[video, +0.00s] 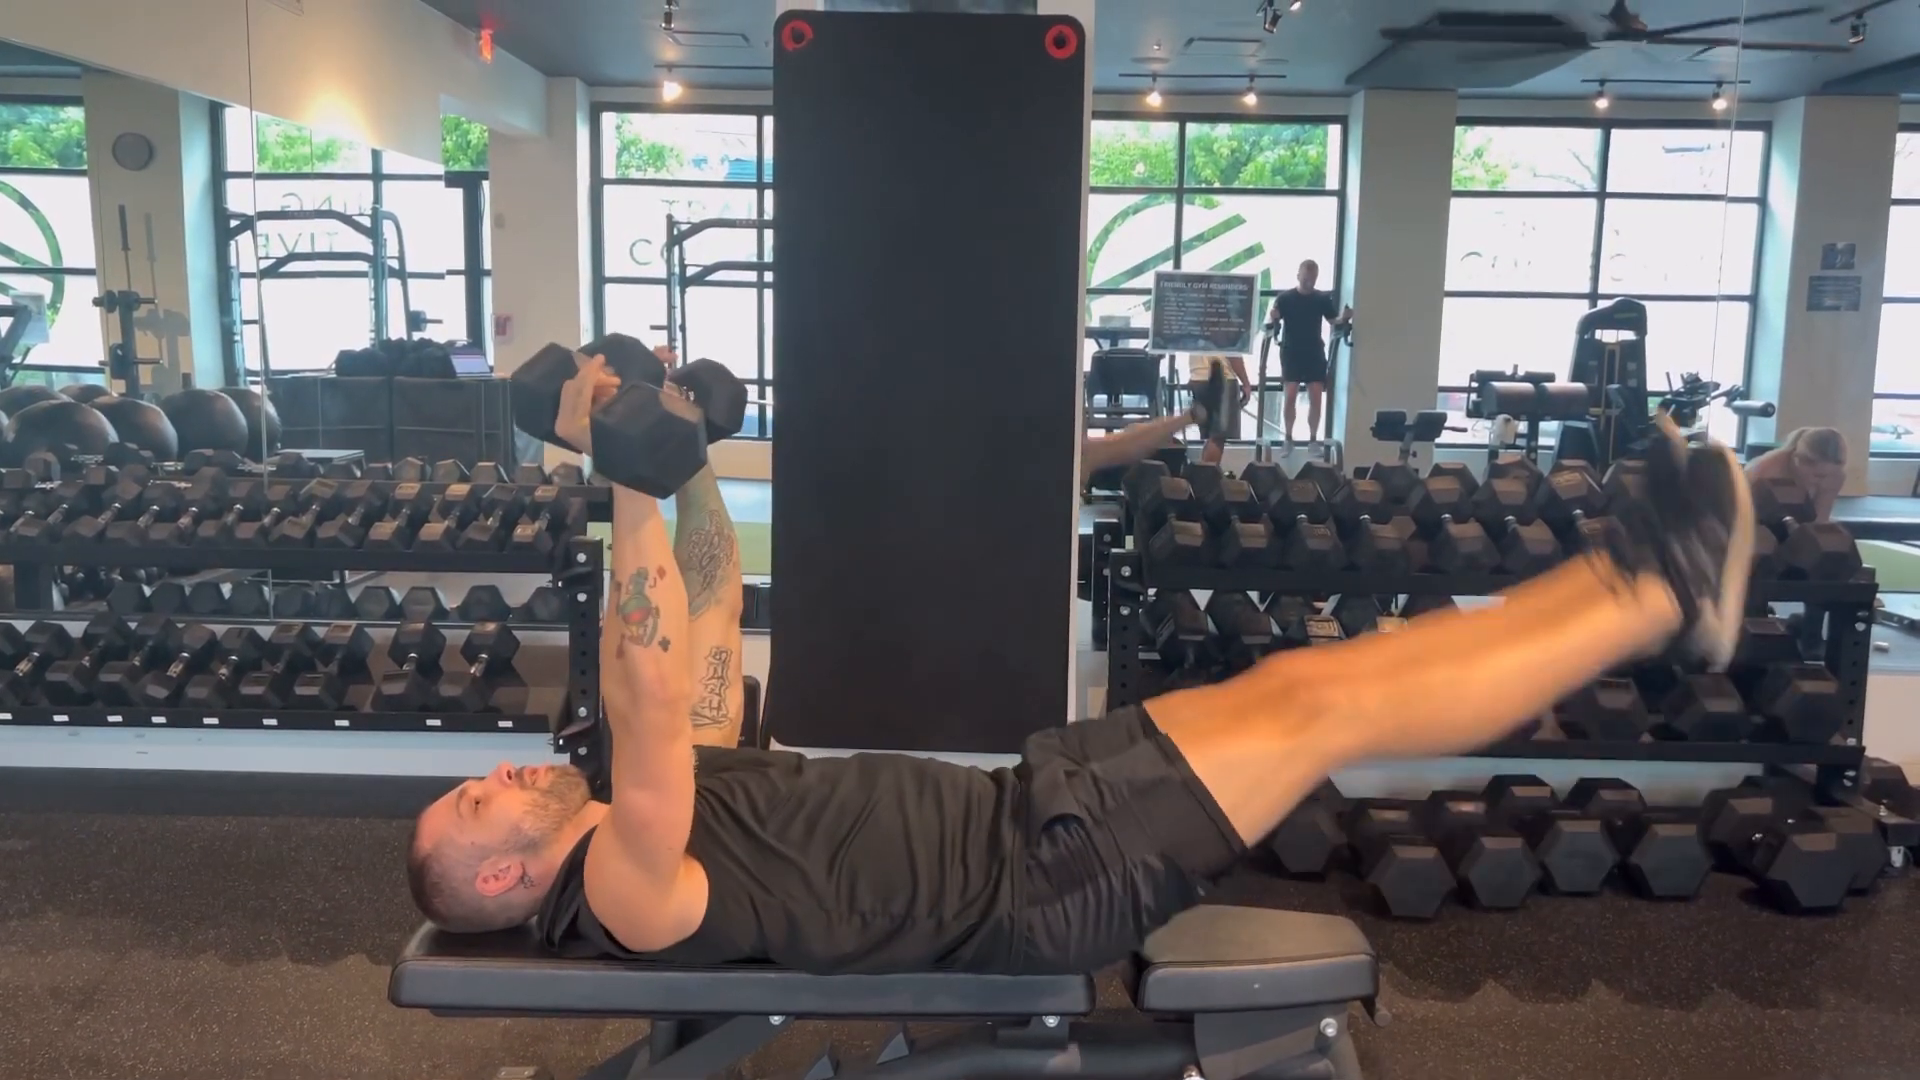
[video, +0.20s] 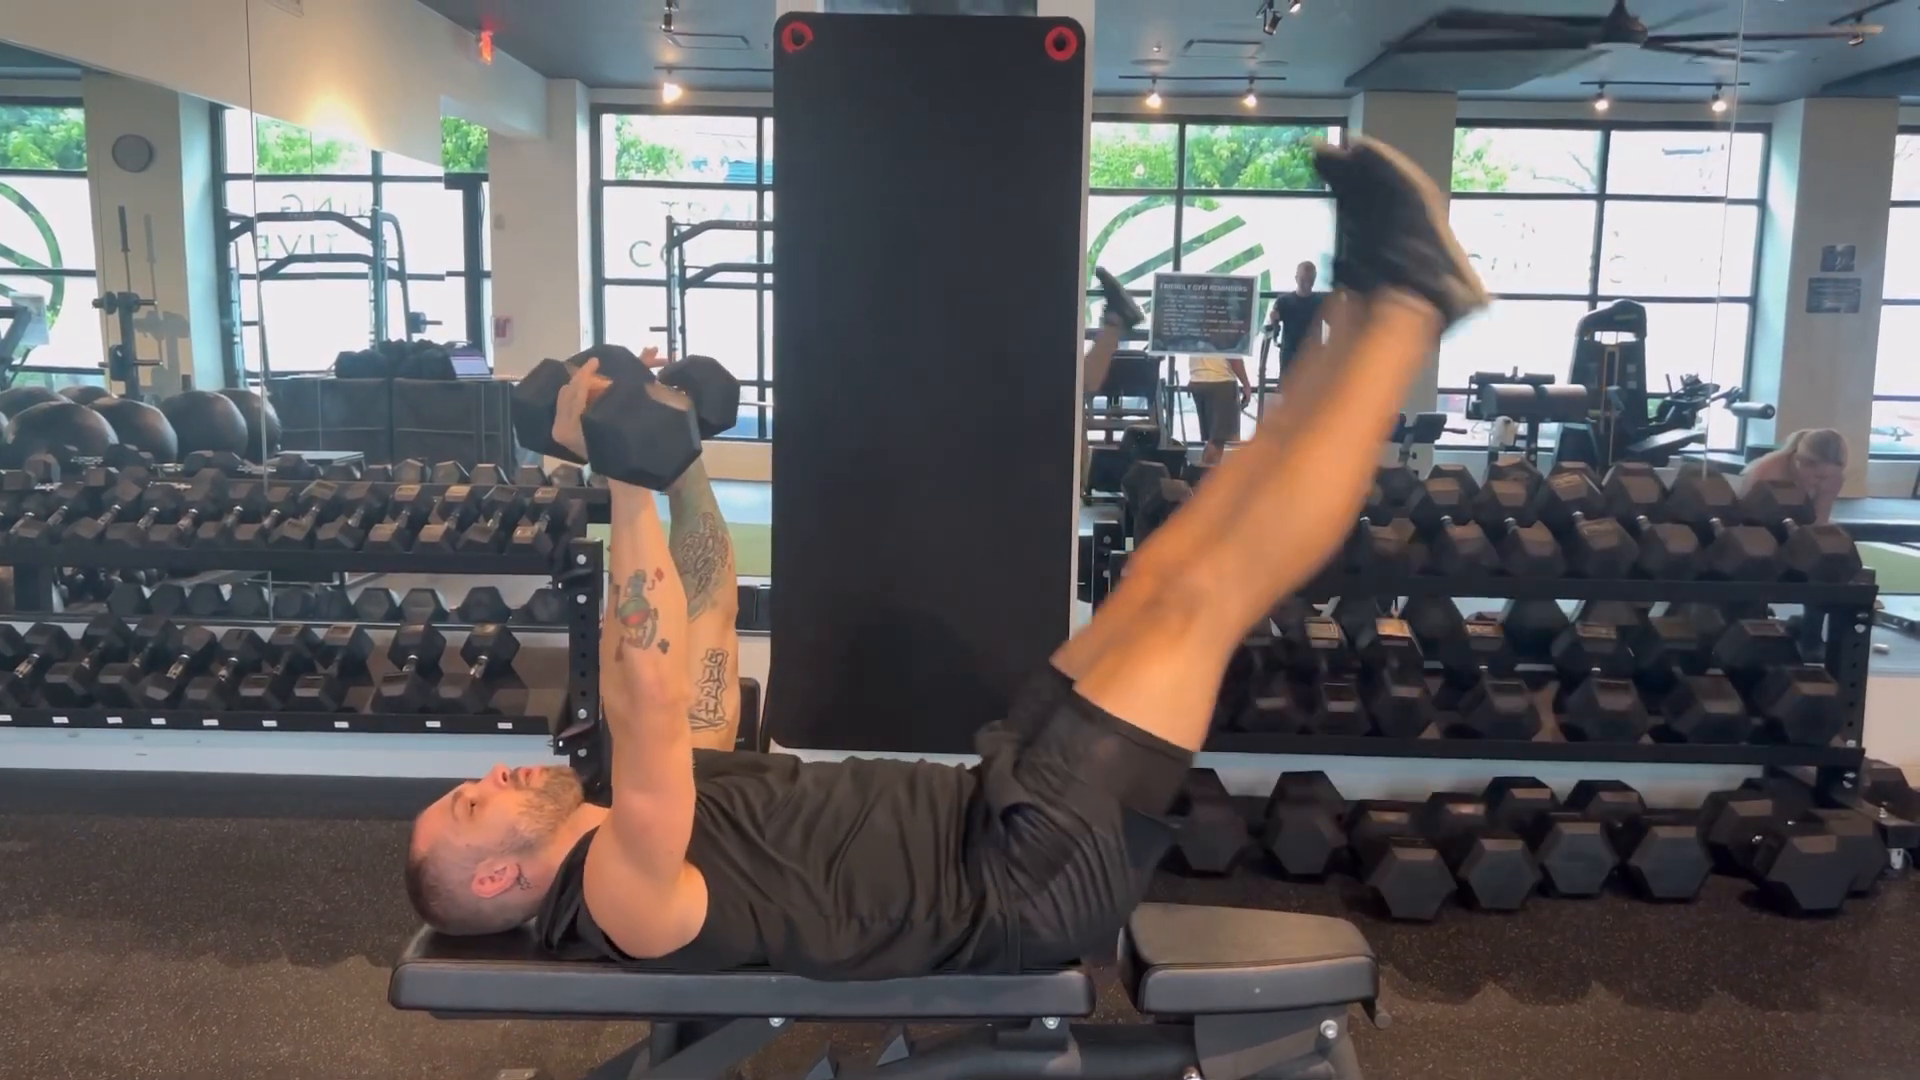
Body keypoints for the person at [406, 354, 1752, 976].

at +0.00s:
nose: (506, 785)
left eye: (485, 790)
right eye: (483, 819)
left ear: (538, 823)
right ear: (514, 894)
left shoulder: (649, 823)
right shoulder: (631, 886)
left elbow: (700, 655)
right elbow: (647, 691)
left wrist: (678, 506)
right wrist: (641, 513)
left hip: (1032, 791)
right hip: (1039, 865)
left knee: (1315, 680)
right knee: (1326, 701)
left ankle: (1624, 568)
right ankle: (1652, 598)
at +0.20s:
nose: (491, 771)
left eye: (471, 779)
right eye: (469, 811)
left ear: (514, 793)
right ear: (505, 879)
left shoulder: (636, 809)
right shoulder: (628, 884)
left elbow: (699, 635)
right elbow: (645, 685)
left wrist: (667, 458)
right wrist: (645, 489)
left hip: (986, 803)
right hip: (1020, 875)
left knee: (1172, 568)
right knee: (1194, 588)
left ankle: (1364, 307)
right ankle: (1417, 304)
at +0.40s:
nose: (475, 779)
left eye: (450, 789)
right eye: (451, 810)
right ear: (487, 883)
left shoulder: (631, 825)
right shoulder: (611, 886)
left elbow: (696, 619)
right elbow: (633, 686)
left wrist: (662, 456)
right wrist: (616, 473)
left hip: (959, 820)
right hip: (991, 876)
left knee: (1028, 535)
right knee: (1028, 540)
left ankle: (1081, 191)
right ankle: (1084, 188)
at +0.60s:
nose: (482, 773)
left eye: (450, 786)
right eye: (456, 802)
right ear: (488, 875)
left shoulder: (627, 831)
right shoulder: (610, 890)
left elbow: (687, 615)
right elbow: (627, 684)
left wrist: (660, 462)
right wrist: (606, 485)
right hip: (972, 857)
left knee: (936, 524)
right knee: (931, 526)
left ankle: (903, 174)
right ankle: (901, 169)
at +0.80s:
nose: (478, 777)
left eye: (448, 790)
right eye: (452, 807)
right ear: (485, 878)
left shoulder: (617, 834)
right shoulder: (611, 886)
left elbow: (684, 624)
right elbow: (621, 682)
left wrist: (654, 464)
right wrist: (590, 476)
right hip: (975, 854)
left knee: (901, 528)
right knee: (895, 532)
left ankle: (842, 184)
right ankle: (839, 176)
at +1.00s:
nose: (480, 777)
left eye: (449, 790)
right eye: (454, 805)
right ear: (487, 878)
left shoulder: (624, 834)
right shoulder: (609, 890)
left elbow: (684, 620)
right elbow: (617, 685)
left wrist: (650, 465)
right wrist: (585, 480)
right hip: (975, 870)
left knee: (936, 533)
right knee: (930, 536)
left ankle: (913, 181)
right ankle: (911, 175)